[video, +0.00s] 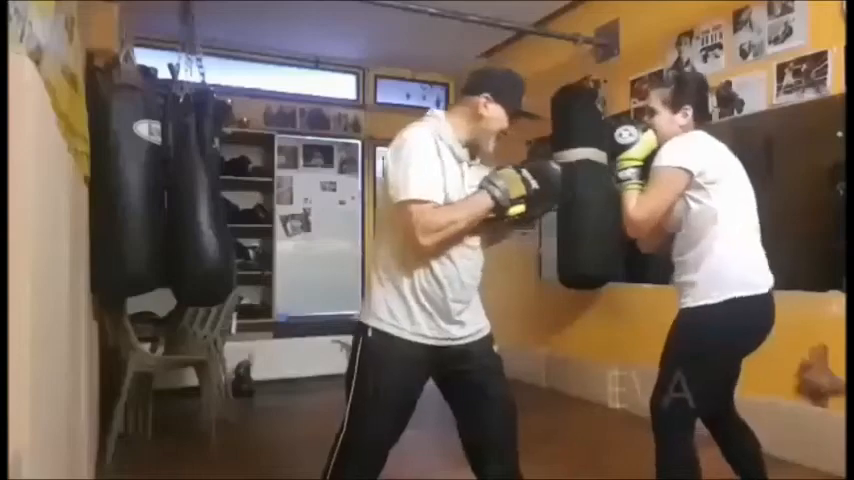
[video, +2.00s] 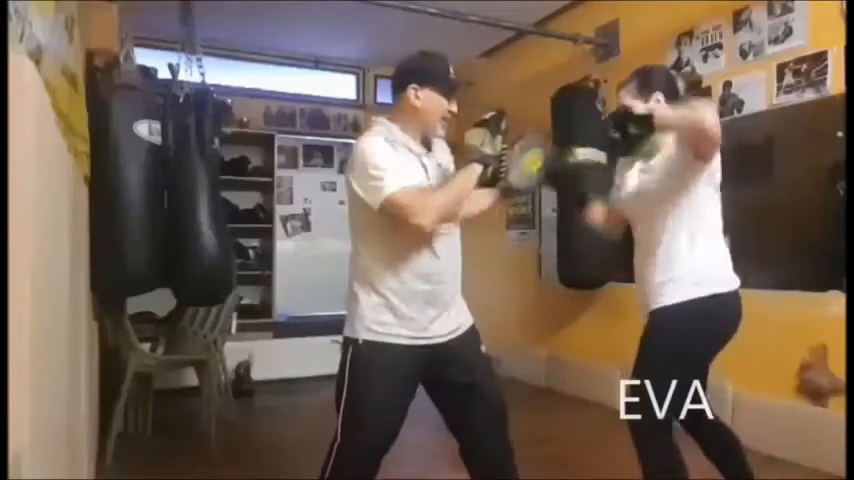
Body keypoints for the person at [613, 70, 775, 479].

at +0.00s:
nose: (645, 121)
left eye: (652, 112)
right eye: (645, 113)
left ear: (683, 114)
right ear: (684, 116)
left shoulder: (685, 149)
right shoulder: (713, 151)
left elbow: (639, 223)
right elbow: (651, 241)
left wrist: (628, 169)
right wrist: (633, 176)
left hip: (713, 307)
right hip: (747, 303)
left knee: (669, 409)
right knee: (716, 408)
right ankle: (756, 474)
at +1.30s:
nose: (641, 140)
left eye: (647, 128)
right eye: (638, 130)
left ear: (679, 127)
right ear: (675, 129)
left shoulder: (697, 169)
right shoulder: (679, 176)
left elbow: (662, 249)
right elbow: (664, 269)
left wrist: (641, 194)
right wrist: (638, 199)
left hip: (729, 321)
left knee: (654, 411)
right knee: (695, 417)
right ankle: (747, 475)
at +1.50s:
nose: (640, 137)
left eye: (648, 126)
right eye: (635, 129)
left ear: (679, 123)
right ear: (630, 133)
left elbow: (681, 246)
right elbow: (616, 256)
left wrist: (657, 187)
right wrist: (567, 245)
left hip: (727, 316)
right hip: (676, 322)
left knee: (657, 415)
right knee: (682, 428)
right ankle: (729, 475)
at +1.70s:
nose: (633, 133)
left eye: (641, 121)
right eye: (629, 125)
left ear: (673, 115)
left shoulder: (705, 166)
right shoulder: (651, 174)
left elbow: (671, 243)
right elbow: (640, 239)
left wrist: (643, 179)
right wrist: (595, 217)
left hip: (709, 319)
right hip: (664, 318)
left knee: (651, 423)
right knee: (681, 425)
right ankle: (720, 474)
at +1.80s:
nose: (632, 130)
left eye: (638, 117)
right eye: (627, 121)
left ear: (669, 110)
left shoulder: (709, 160)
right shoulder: (638, 171)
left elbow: (674, 228)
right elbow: (585, 210)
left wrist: (643, 170)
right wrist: (563, 172)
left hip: (711, 313)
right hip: (663, 315)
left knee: (655, 420)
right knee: (687, 420)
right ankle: (734, 474)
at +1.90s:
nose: (626, 123)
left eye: (632, 112)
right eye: (624, 115)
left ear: (662, 105)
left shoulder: (703, 145)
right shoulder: (626, 168)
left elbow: (687, 190)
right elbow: (572, 199)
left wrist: (651, 145)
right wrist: (542, 161)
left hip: (710, 305)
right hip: (666, 313)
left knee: (653, 419)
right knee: (694, 412)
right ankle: (746, 474)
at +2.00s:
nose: (621, 117)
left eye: (627, 107)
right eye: (619, 109)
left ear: (656, 102)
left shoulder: (690, 146)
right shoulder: (633, 165)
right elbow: (611, 221)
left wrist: (653, 116)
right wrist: (578, 186)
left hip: (701, 301)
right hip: (669, 307)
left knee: (644, 413)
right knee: (691, 409)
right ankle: (742, 474)